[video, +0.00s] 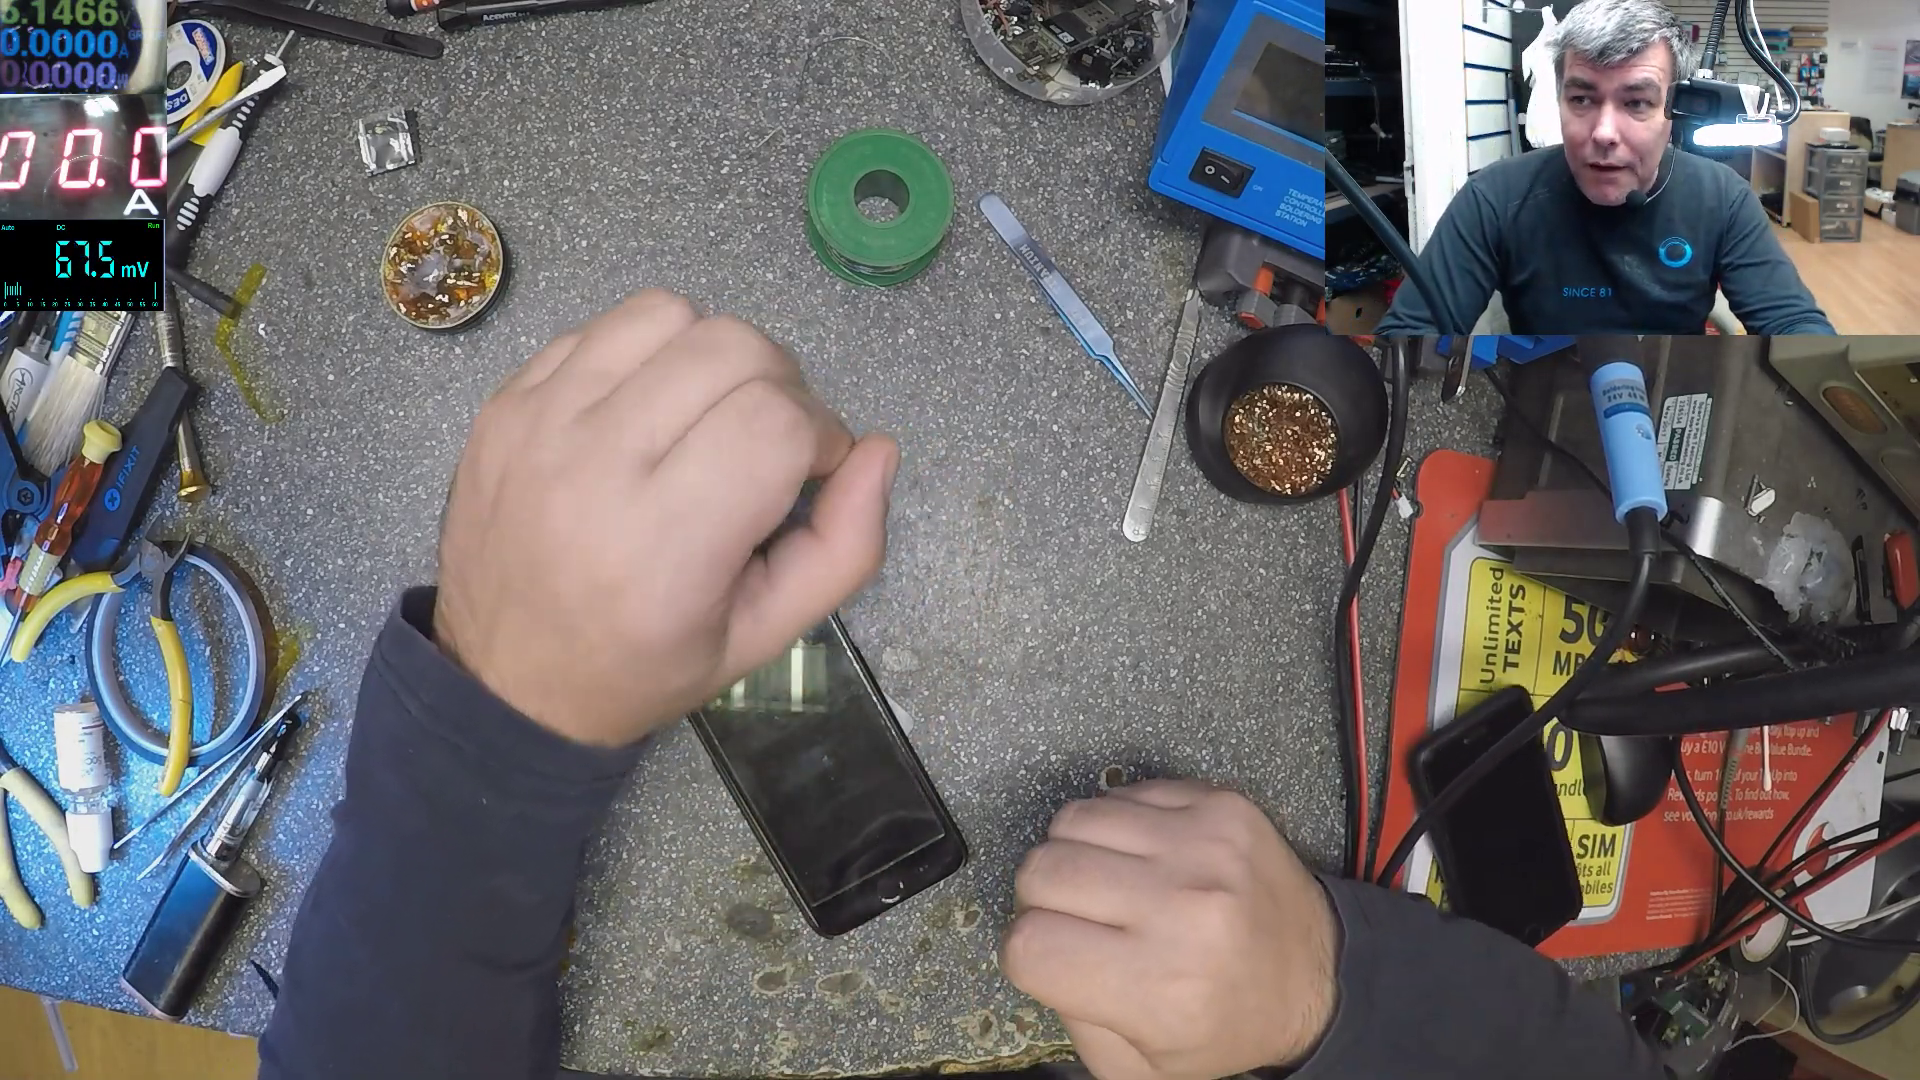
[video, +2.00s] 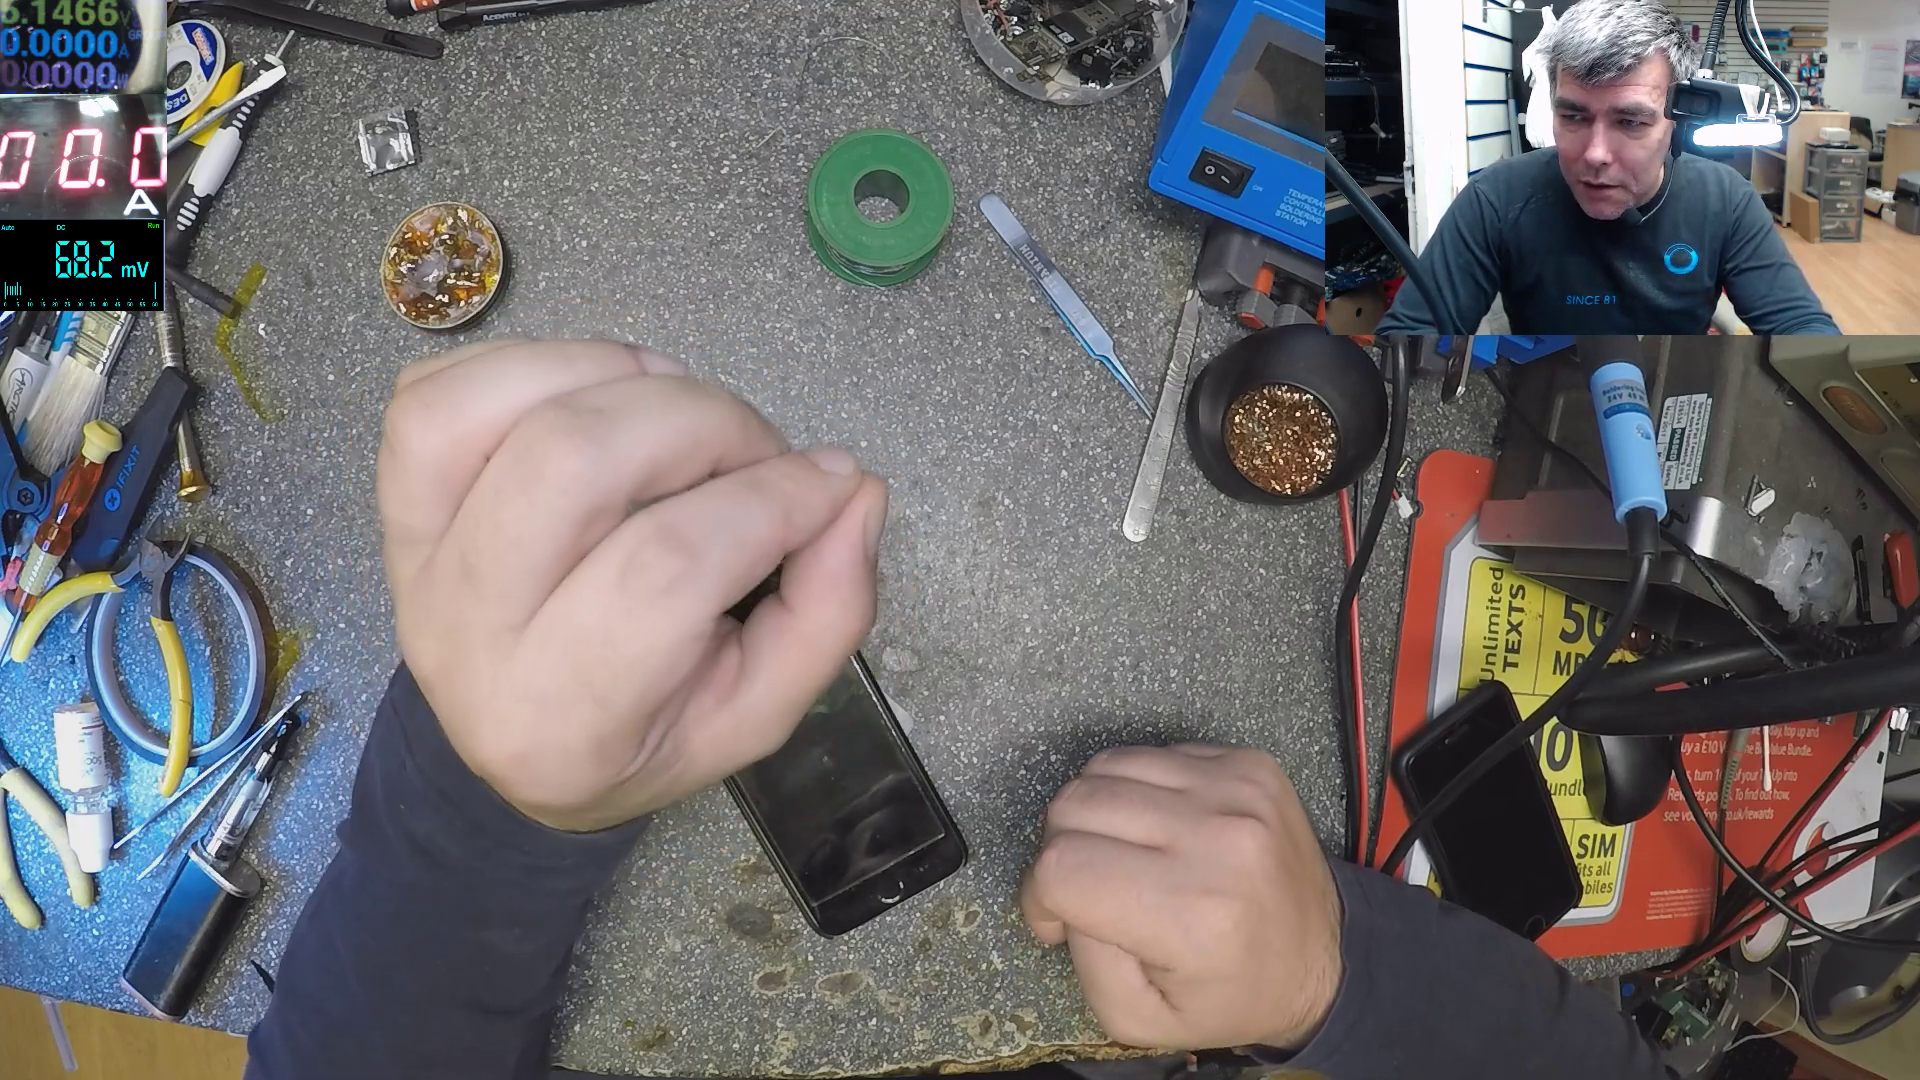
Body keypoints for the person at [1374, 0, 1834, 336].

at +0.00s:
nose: (1604, 134)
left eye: (1635, 103)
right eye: (1582, 100)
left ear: (1669, 112)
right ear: (1558, 102)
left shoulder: (1719, 199)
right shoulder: (1494, 202)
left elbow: (1794, 324)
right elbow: (1407, 335)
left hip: (1679, 414)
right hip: (1543, 416)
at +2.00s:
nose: (1596, 155)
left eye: (1631, 122)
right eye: (1575, 116)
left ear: (1671, 118)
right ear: (1549, 109)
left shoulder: (1723, 202)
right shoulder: (1497, 203)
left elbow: (1805, 331)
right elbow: (1406, 335)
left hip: (1680, 420)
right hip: (1544, 421)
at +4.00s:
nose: (1588, 142)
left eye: (1622, 110)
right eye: (1567, 106)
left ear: (1665, 116)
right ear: (1543, 109)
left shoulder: (1720, 199)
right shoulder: (1495, 203)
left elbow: (1802, 329)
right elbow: (1407, 338)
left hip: (1680, 423)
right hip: (1544, 424)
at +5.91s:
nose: (1597, 157)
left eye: (1631, 122)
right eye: (1574, 117)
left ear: (1670, 120)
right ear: (1548, 112)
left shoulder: (1722, 201)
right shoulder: (1497, 202)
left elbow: (1803, 329)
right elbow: (1406, 335)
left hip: (1681, 420)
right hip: (1544, 421)